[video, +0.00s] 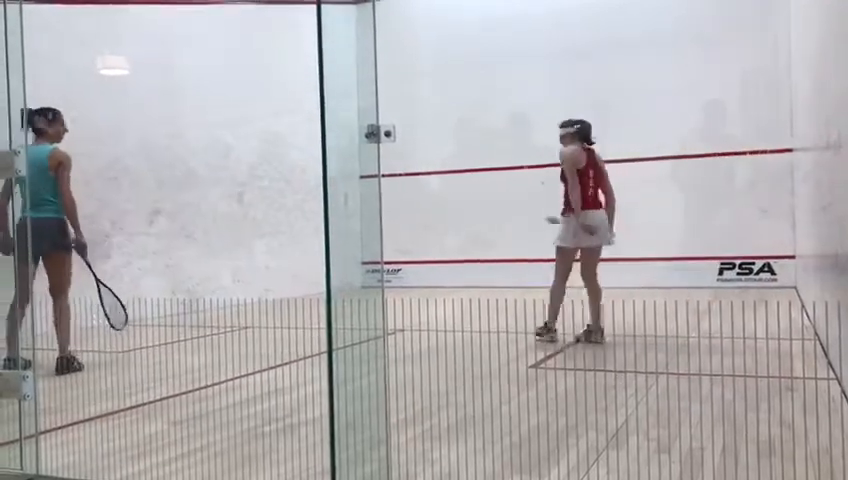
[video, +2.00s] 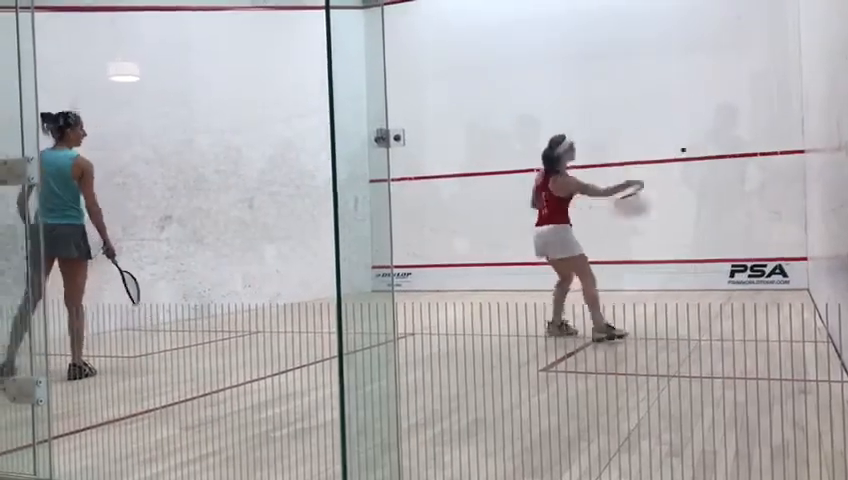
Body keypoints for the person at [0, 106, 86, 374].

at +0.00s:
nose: (65, 131)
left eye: (64, 126)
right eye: (61, 126)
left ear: (39, 127)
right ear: (46, 125)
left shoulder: (19, 155)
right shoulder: (59, 156)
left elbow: (3, 197)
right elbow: (65, 196)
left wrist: (3, 231)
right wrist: (78, 233)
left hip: (24, 228)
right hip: (53, 227)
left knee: (21, 297)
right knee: (60, 293)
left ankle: (11, 355)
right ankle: (64, 355)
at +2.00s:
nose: (84, 133)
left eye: (83, 128)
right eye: (80, 128)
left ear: (61, 132)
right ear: (68, 131)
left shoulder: (39, 158)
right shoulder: (81, 164)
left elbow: (22, 197)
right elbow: (92, 207)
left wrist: (27, 224)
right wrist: (106, 240)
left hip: (42, 233)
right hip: (71, 234)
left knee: (31, 296)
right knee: (74, 301)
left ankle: (8, 359)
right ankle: (77, 363)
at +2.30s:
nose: (53, 138)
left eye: (51, 133)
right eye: (50, 134)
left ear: (25, 136)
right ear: (44, 137)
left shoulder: (8, 165)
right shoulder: (54, 168)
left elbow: (2, 195)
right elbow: (69, 208)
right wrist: (76, 235)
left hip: (11, 238)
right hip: (43, 237)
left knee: (8, 307)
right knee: (58, 301)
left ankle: (8, 366)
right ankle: (75, 357)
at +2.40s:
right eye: (37, 138)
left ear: (12, 139)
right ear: (37, 139)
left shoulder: (3, 165)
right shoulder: (44, 169)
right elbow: (59, 209)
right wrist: (58, 227)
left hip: (6, 240)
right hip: (33, 239)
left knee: (4, 306)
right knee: (42, 295)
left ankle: (7, 363)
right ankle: (62, 343)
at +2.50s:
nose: (27, 144)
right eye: (29, 139)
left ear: (5, 140)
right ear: (29, 140)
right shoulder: (37, 170)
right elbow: (50, 211)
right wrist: (29, 217)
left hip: (5, 238)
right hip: (29, 238)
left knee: (2, 301)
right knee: (26, 295)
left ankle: (4, 361)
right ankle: (40, 352)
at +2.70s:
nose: (2, 162)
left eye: (1, 157)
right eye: (4, 157)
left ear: (3, 155)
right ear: (8, 155)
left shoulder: (12, 183)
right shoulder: (20, 183)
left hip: (13, 250)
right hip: (19, 250)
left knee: (7, 303)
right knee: (7, 304)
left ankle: (27, 356)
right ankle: (26, 355)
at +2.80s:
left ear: (6, 172)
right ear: (8, 173)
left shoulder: (7, 193)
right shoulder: (7, 193)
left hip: (8, 253)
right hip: (10, 252)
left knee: (6, 308)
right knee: (6, 308)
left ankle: (25, 357)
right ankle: (25, 356)